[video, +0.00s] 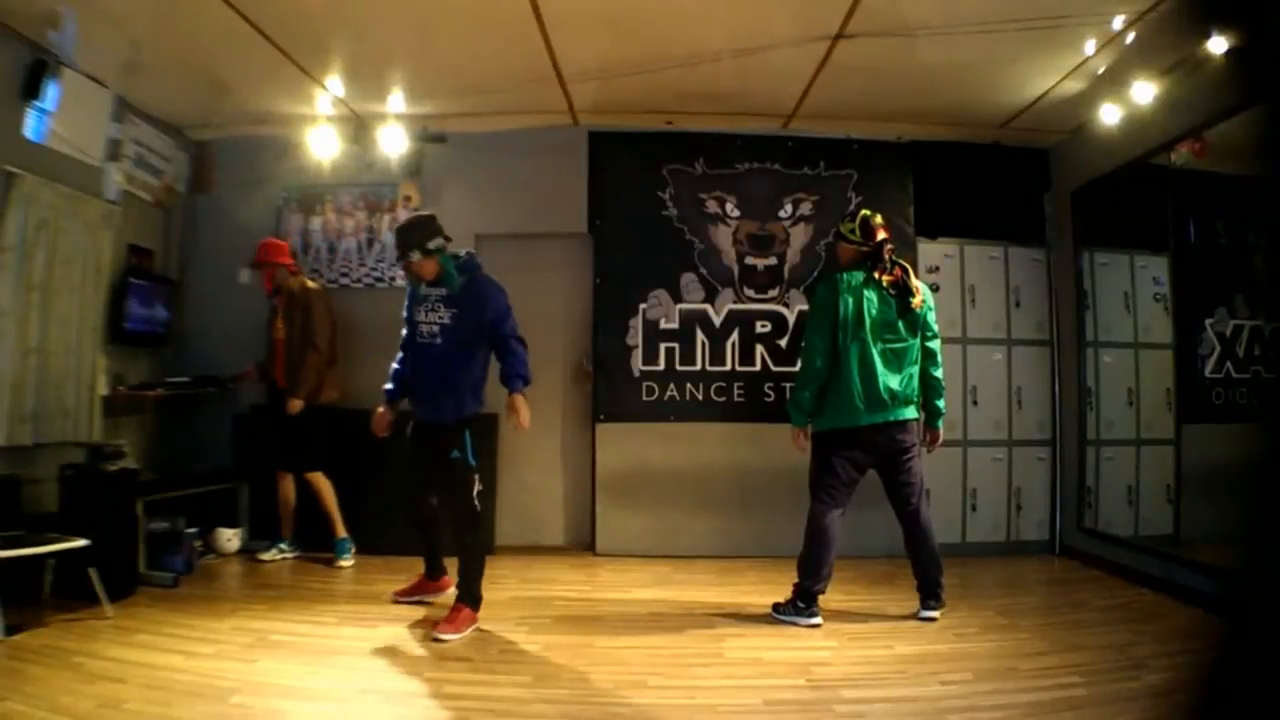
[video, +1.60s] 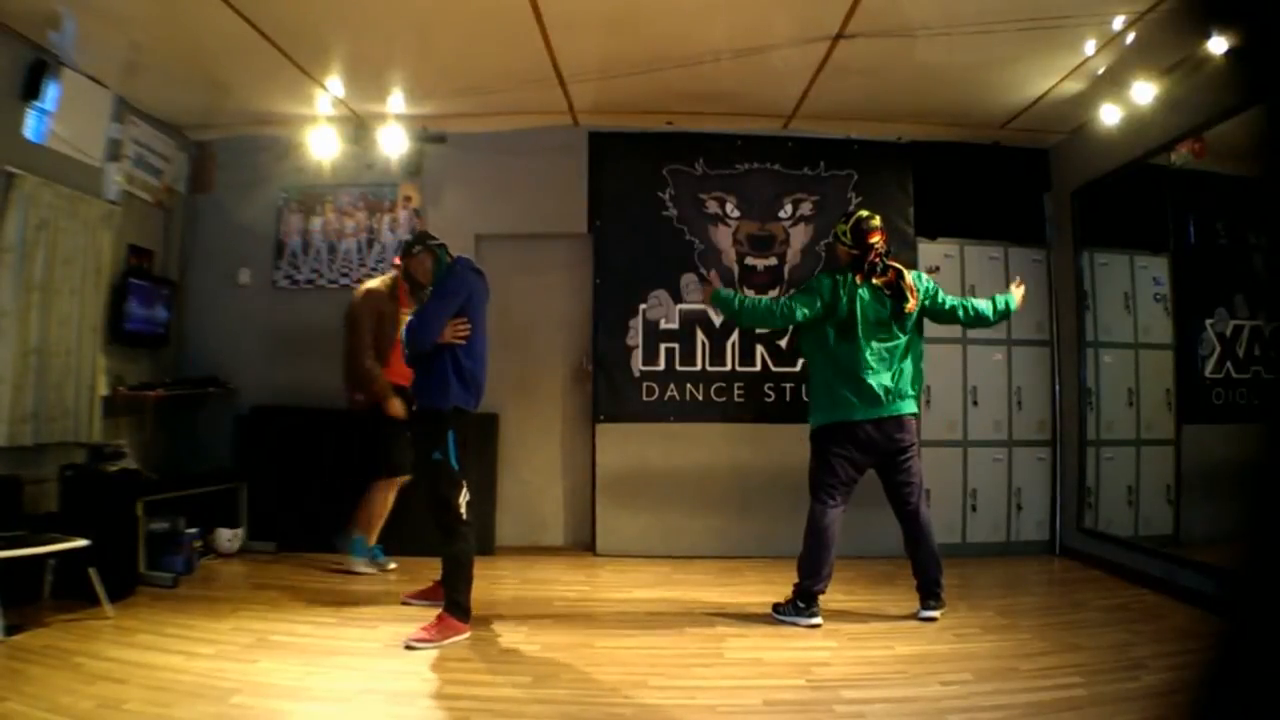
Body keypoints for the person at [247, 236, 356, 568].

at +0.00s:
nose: (264, 277)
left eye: (267, 270)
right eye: (262, 271)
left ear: (283, 267)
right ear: (271, 270)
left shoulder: (311, 294)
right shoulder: (279, 299)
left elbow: (318, 348)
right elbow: (279, 349)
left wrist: (301, 392)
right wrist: (262, 372)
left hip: (310, 395)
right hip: (281, 393)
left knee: (310, 467)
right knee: (283, 468)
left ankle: (342, 538)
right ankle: (287, 540)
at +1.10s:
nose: (312, 268)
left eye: (317, 262)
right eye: (307, 262)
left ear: (327, 265)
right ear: (295, 265)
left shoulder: (341, 301)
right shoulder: (279, 304)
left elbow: (356, 349)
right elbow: (263, 351)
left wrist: (364, 394)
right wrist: (231, 364)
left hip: (334, 395)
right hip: (292, 394)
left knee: (349, 469)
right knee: (292, 469)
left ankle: (362, 542)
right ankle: (287, 541)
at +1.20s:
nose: (335, 272)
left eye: (339, 266)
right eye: (329, 265)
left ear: (347, 269)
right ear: (315, 266)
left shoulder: (357, 305)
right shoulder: (290, 303)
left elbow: (367, 353)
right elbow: (273, 346)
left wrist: (371, 399)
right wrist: (267, 376)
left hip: (344, 399)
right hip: (301, 395)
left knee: (357, 471)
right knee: (295, 470)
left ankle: (365, 545)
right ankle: (288, 541)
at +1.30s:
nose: (363, 276)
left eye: (366, 271)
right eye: (358, 270)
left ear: (368, 275)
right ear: (339, 269)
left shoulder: (374, 310)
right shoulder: (308, 304)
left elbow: (381, 358)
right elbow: (294, 352)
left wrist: (382, 405)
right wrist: (303, 394)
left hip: (359, 402)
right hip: (317, 399)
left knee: (371, 474)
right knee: (301, 471)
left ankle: (366, 545)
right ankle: (288, 539)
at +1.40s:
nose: (384, 281)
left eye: (387, 274)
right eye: (380, 273)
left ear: (388, 279)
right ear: (363, 272)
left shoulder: (389, 313)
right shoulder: (331, 305)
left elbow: (392, 363)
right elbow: (324, 359)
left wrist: (397, 409)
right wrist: (340, 405)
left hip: (377, 403)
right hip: (339, 400)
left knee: (384, 475)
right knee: (318, 470)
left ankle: (367, 545)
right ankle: (290, 534)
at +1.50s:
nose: (397, 279)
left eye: (401, 273)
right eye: (393, 272)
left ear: (406, 276)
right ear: (380, 271)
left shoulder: (406, 306)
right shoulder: (353, 300)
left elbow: (408, 354)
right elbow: (348, 357)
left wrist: (409, 396)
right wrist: (368, 401)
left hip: (395, 398)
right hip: (360, 396)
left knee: (391, 475)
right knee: (353, 473)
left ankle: (369, 546)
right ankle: (312, 532)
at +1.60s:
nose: (412, 279)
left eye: (413, 269)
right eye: (408, 272)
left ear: (427, 256)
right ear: (425, 258)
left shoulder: (460, 278)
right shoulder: (449, 282)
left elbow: (418, 340)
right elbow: (411, 344)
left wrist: (417, 330)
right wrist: (433, 333)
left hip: (451, 407)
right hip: (435, 406)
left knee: (453, 507)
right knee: (440, 499)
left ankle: (457, 613)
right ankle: (448, 583)